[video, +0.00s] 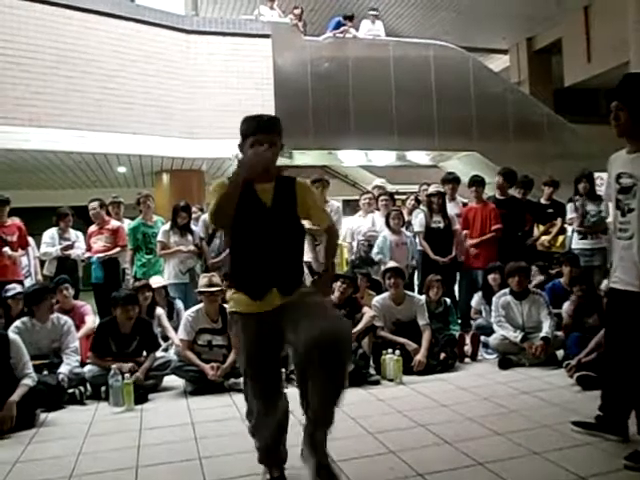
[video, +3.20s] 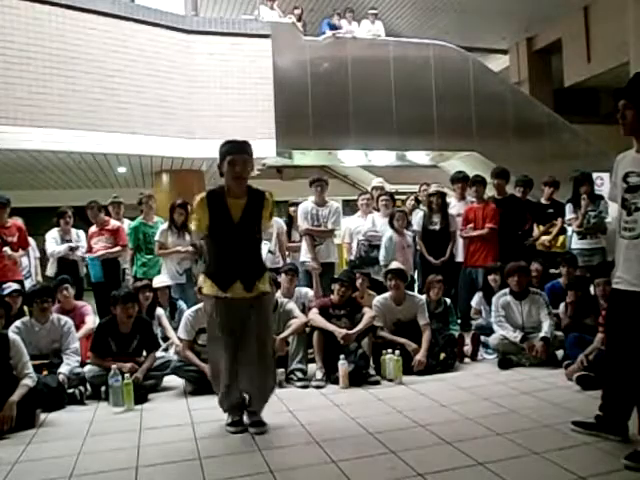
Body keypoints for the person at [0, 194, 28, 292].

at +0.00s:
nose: (2, 212)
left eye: (4, 209)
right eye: (1, 209)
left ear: (8, 208)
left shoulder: (17, 225)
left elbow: (25, 247)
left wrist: (16, 254)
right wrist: (6, 253)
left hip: (14, 276)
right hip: (2, 276)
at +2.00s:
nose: (2, 213)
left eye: (4, 210)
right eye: (1, 210)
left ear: (8, 209)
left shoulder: (17, 225)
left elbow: (23, 247)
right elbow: (3, 248)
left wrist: (17, 255)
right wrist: (7, 254)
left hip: (14, 275)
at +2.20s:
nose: (3, 217)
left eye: (4, 214)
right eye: (1, 214)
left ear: (7, 211)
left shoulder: (17, 226)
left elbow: (23, 248)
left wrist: (15, 256)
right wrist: (7, 254)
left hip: (14, 276)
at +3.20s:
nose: (2, 212)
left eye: (4, 208)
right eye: (1, 209)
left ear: (8, 210)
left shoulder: (17, 227)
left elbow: (25, 248)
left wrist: (15, 255)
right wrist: (9, 254)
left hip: (14, 275)